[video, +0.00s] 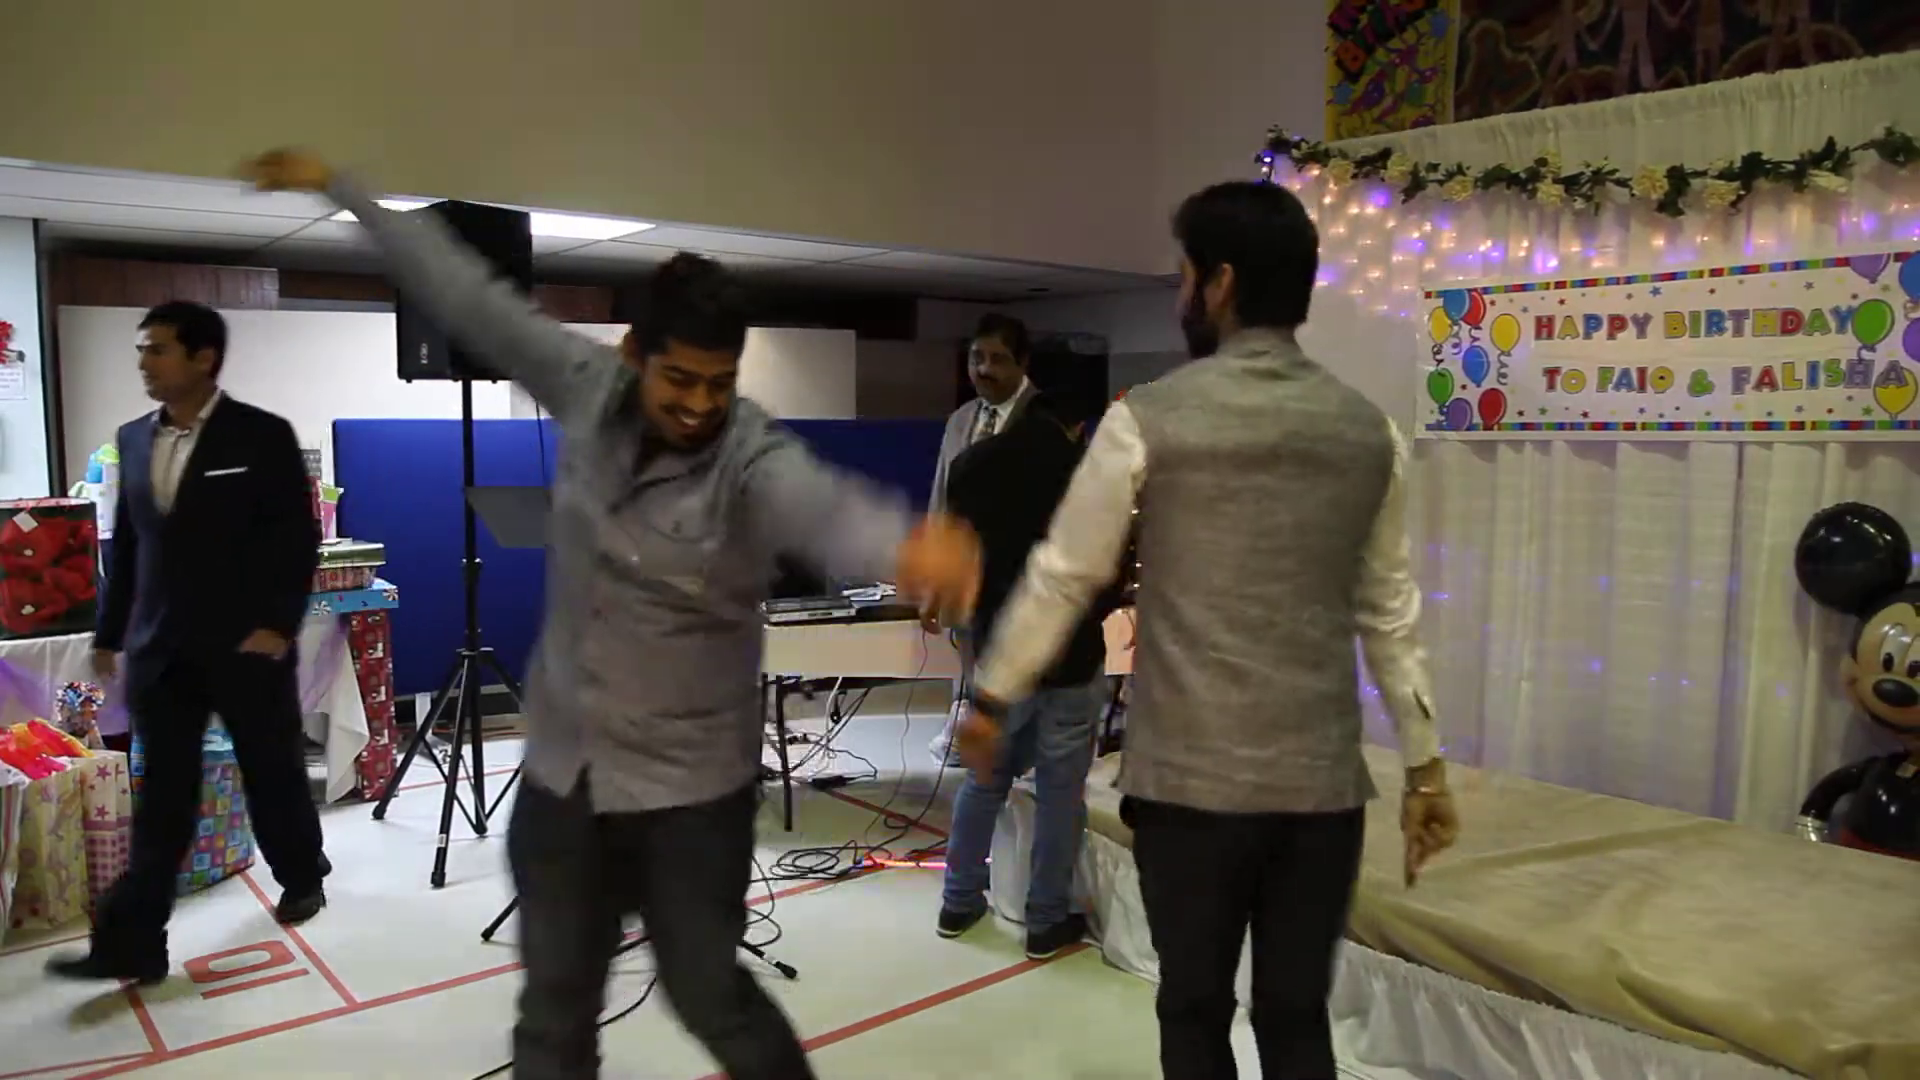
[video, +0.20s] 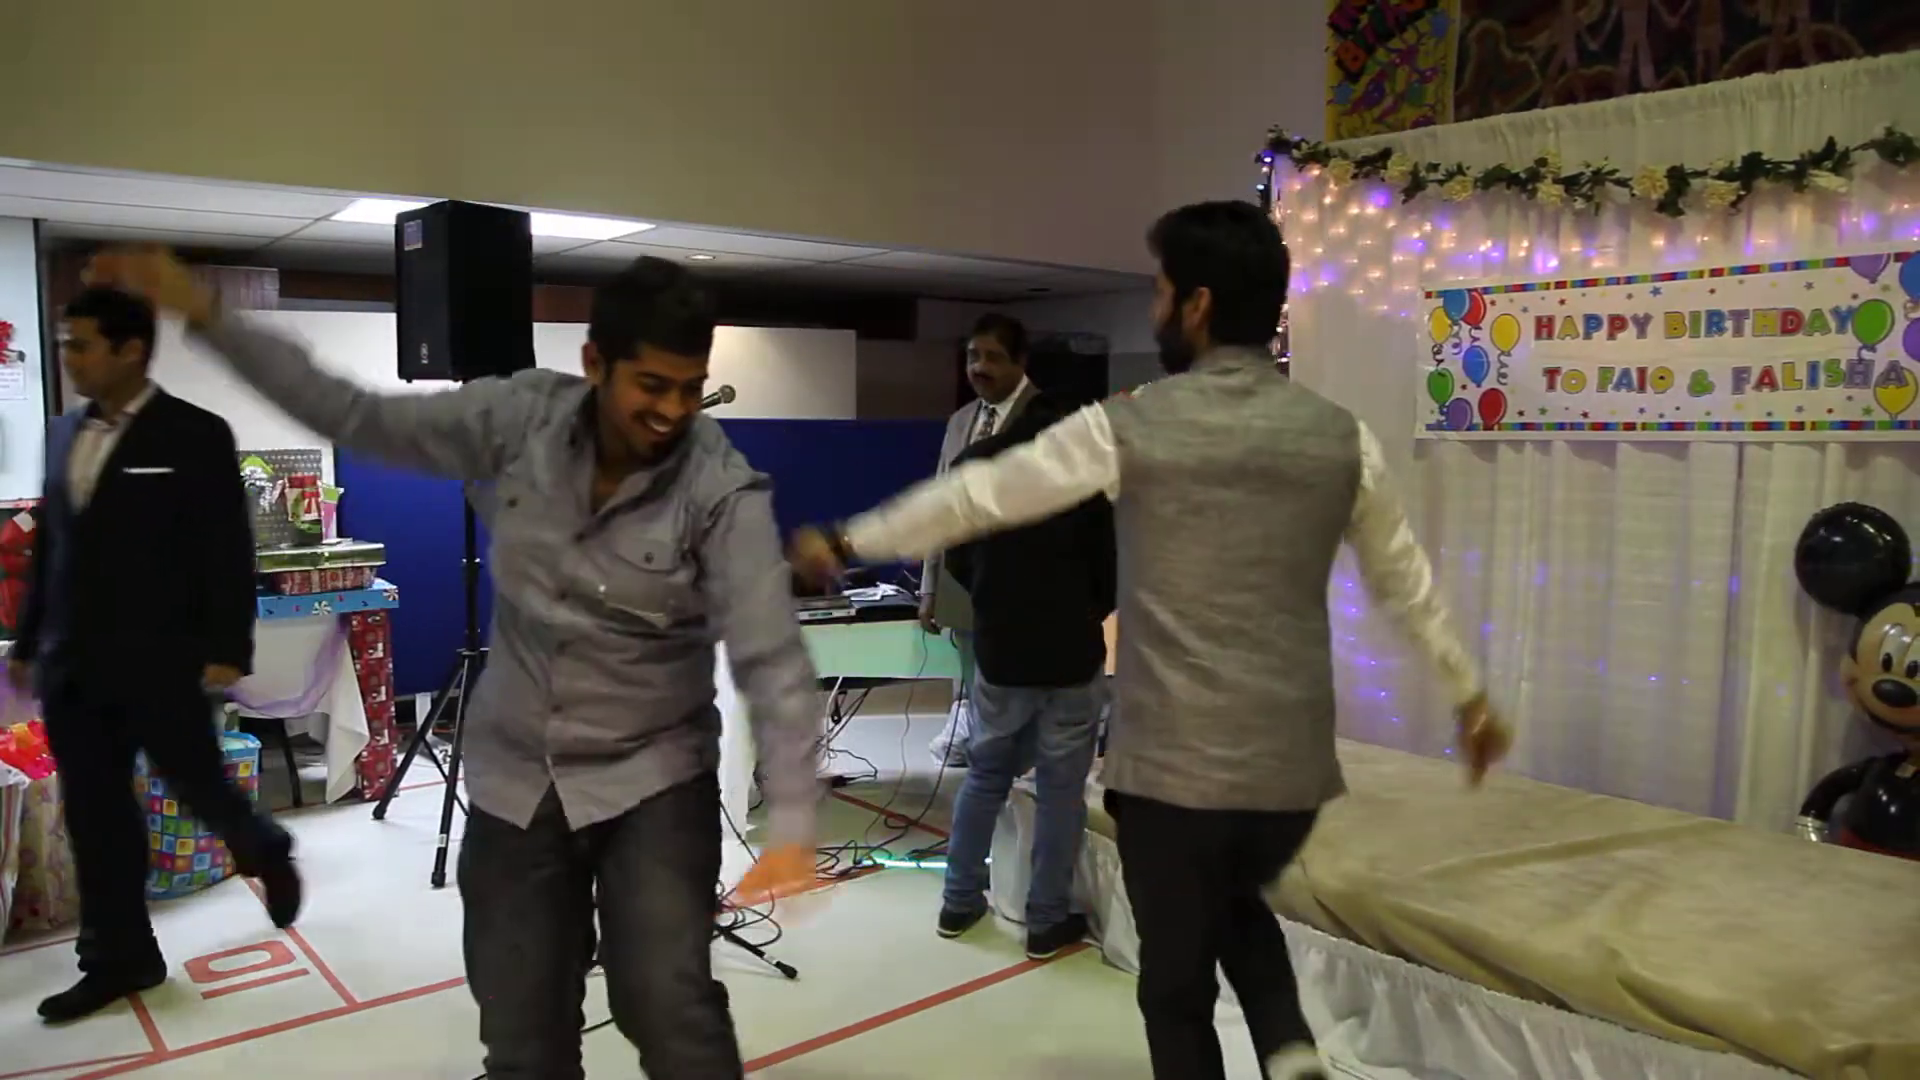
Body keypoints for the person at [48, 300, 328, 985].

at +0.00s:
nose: (143, 362)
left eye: (156, 350)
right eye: (141, 351)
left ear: (204, 358)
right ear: (159, 361)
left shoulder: (265, 436)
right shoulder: (135, 440)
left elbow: (299, 539)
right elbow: (122, 546)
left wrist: (279, 622)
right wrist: (107, 636)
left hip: (246, 643)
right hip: (162, 647)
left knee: (272, 770)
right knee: (163, 796)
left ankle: (303, 878)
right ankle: (135, 944)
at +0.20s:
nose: (69, 360)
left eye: (81, 346)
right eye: (66, 347)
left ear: (132, 349)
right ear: (79, 353)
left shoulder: (198, 433)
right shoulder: (67, 435)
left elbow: (229, 545)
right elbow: (50, 546)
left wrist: (229, 644)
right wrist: (28, 640)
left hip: (161, 656)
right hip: (78, 660)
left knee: (199, 783)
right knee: (97, 817)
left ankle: (267, 856)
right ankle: (123, 956)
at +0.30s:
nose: (25, 357)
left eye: (39, 343)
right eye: (22, 344)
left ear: (93, 344)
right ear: (27, 348)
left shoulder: (163, 430)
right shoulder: (21, 434)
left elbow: (199, 545)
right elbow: (10, 548)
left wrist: (200, 650)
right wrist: (9, 637)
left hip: (124, 656)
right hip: (39, 656)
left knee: (128, 795)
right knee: (72, 815)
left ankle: (207, 884)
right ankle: (121, 957)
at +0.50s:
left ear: (14, 349)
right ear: (17, 351)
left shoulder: (82, 444)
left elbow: (135, 566)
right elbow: (131, 565)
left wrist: (148, 677)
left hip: (48, 679)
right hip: (14, 680)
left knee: (29, 824)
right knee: (54, 814)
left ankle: (126, 949)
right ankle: (124, 950)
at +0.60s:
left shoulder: (38, 451)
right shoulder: (39, 449)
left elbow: (91, 581)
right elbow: (91, 581)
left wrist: (110, 699)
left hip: (13, 686)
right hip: (12, 686)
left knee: (9, 821)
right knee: (10, 821)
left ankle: (110, 938)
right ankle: (104, 939)